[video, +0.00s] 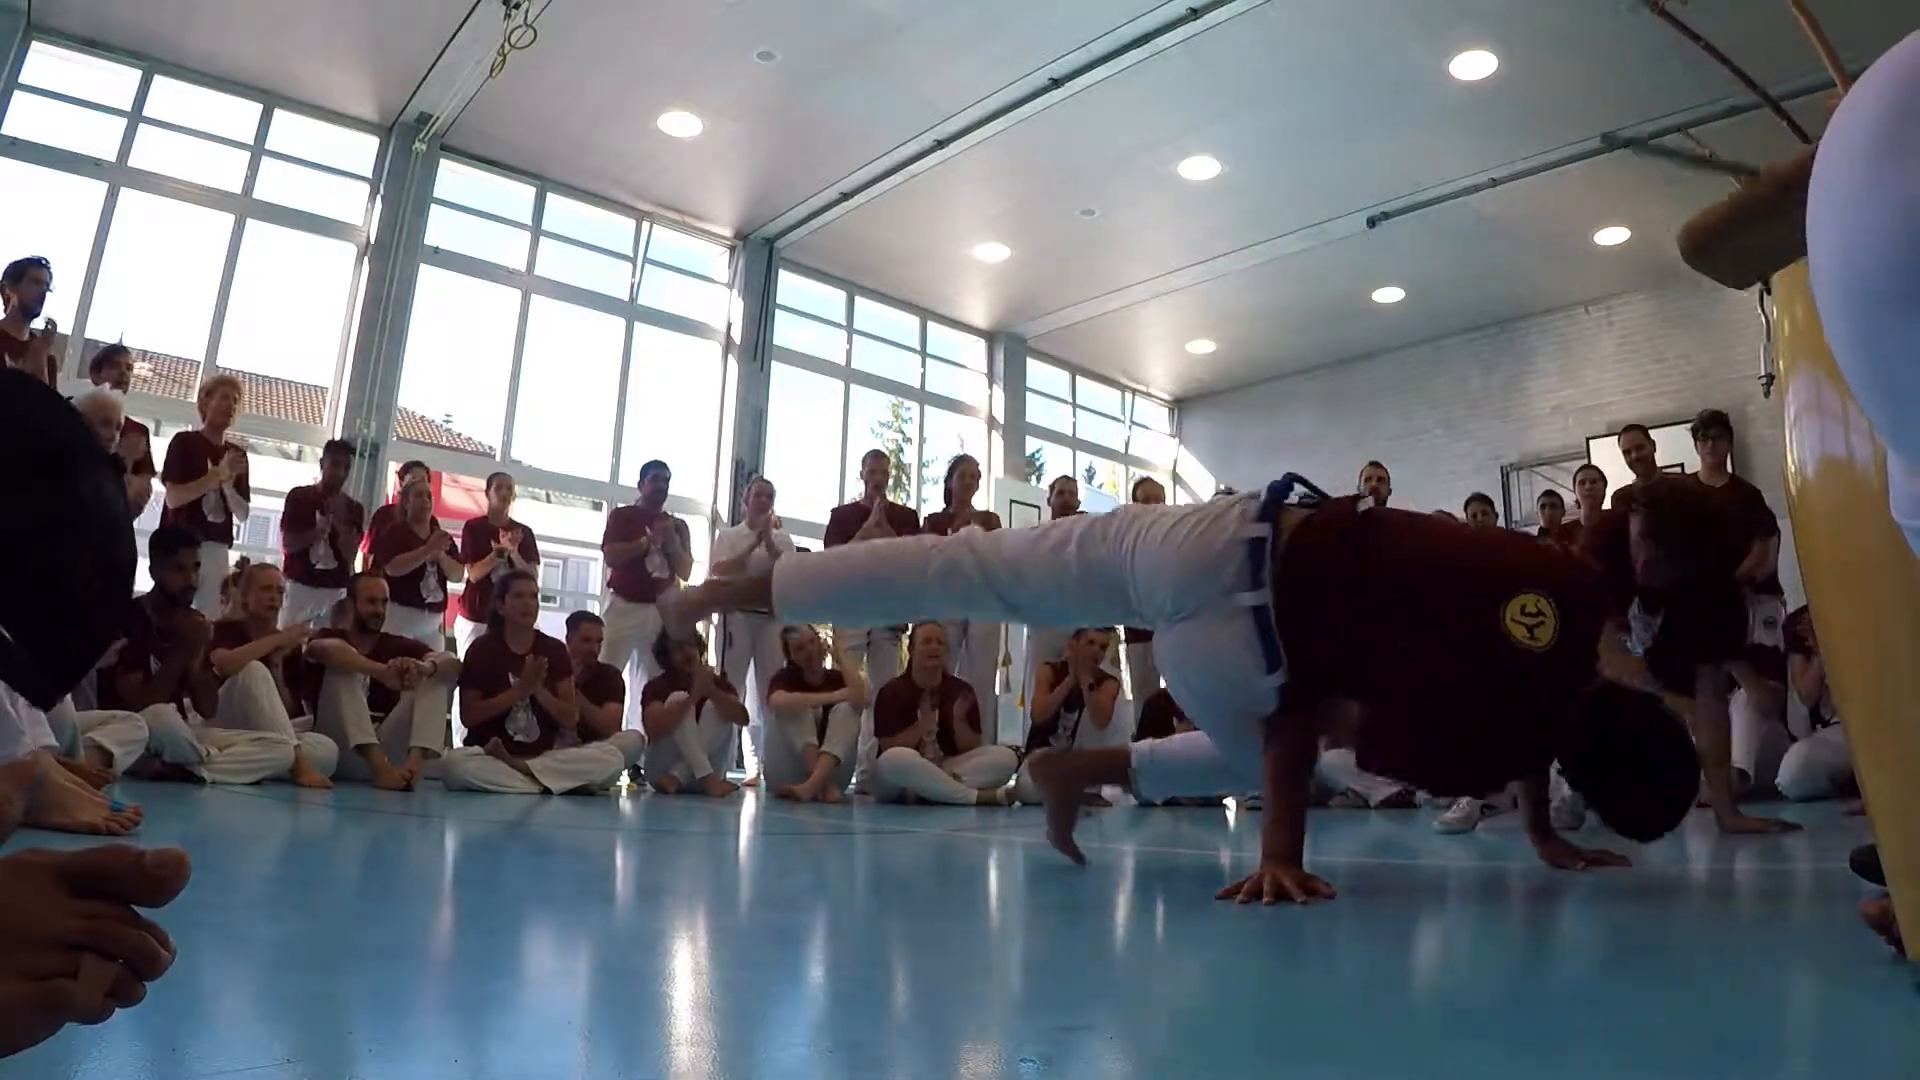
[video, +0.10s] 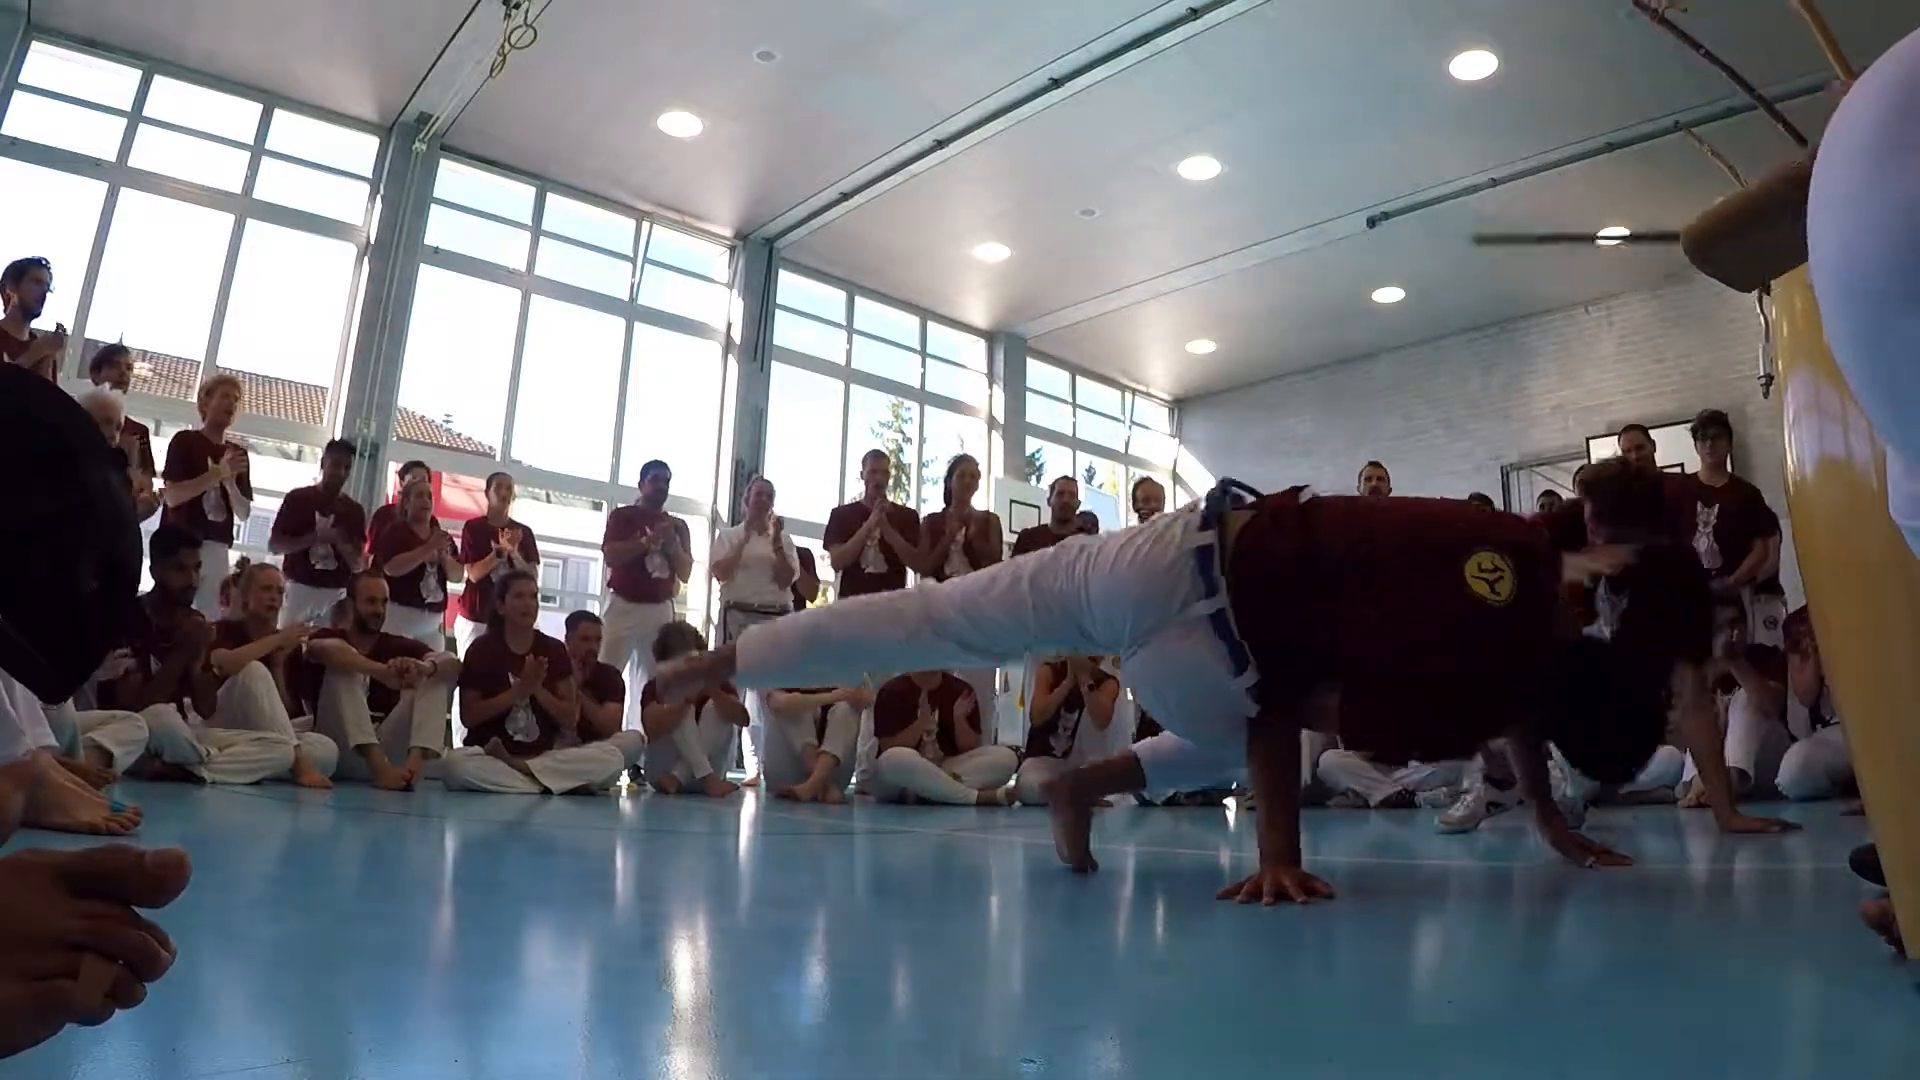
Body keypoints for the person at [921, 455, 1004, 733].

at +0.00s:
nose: (970, 481)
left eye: (975, 477)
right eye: (963, 475)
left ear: (980, 483)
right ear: (950, 480)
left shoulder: (990, 521)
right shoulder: (934, 521)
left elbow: (1000, 562)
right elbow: (928, 565)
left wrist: (981, 536)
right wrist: (953, 540)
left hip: (986, 605)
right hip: (947, 603)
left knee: (983, 676)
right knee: (943, 672)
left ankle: (984, 746)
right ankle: (940, 741)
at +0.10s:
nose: (969, 481)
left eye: (974, 476)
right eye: (963, 475)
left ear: (979, 482)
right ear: (949, 481)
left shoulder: (989, 521)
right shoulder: (932, 522)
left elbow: (992, 569)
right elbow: (925, 569)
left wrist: (969, 541)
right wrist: (948, 538)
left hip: (980, 610)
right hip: (940, 610)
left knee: (979, 690)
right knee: (938, 686)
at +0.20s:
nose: (966, 480)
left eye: (972, 476)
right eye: (961, 475)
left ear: (977, 483)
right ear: (948, 481)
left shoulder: (989, 521)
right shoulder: (930, 521)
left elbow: (993, 568)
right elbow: (924, 568)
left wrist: (970, 541)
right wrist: (947, 536)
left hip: (979, 592)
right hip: (943, 595)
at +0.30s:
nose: (966, 480)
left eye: (971, 476)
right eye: (960, 475)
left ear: (976, 482)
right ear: (948, 480)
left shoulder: (988, 521)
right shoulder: (930, 520)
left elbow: (991, 566)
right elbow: (924, 569)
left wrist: (966, 542)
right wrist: (946, 543)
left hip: (979, 594)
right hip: (943, 595)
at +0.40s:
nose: (964, 480)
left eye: (970, 475)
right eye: (958, 475)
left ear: (974, 482)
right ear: (945, 480)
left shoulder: (986, 520)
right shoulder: (929, 520)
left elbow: (990, 565)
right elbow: (923, 567)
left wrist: (969, 538)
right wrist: (948, 537)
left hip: (977, 590)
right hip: (942, 592)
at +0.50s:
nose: (962, 480)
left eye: (968, 475)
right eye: (956, 475)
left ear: (973, 482)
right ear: (944, 480)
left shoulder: (984, 520)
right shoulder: (927, 520)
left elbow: (987, 562)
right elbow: (920, 565)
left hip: (973, 593)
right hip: (940, 593)